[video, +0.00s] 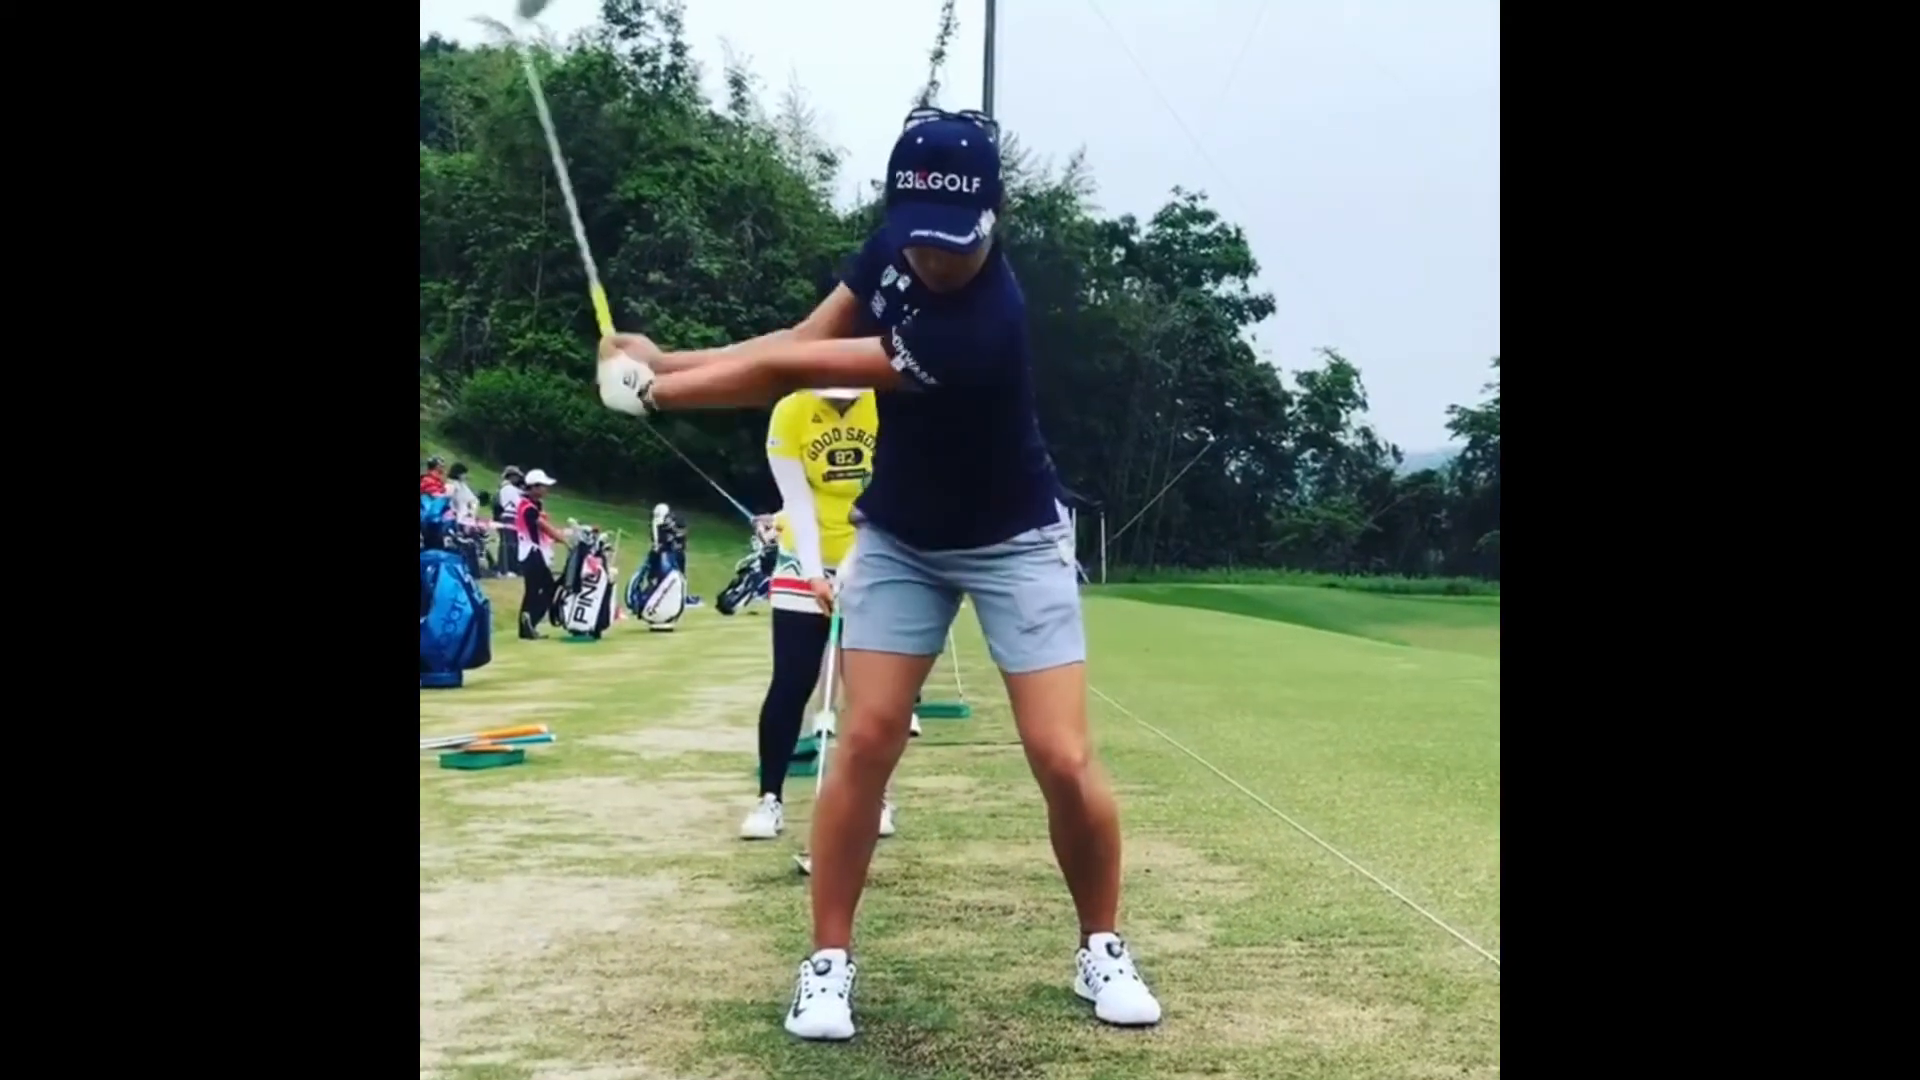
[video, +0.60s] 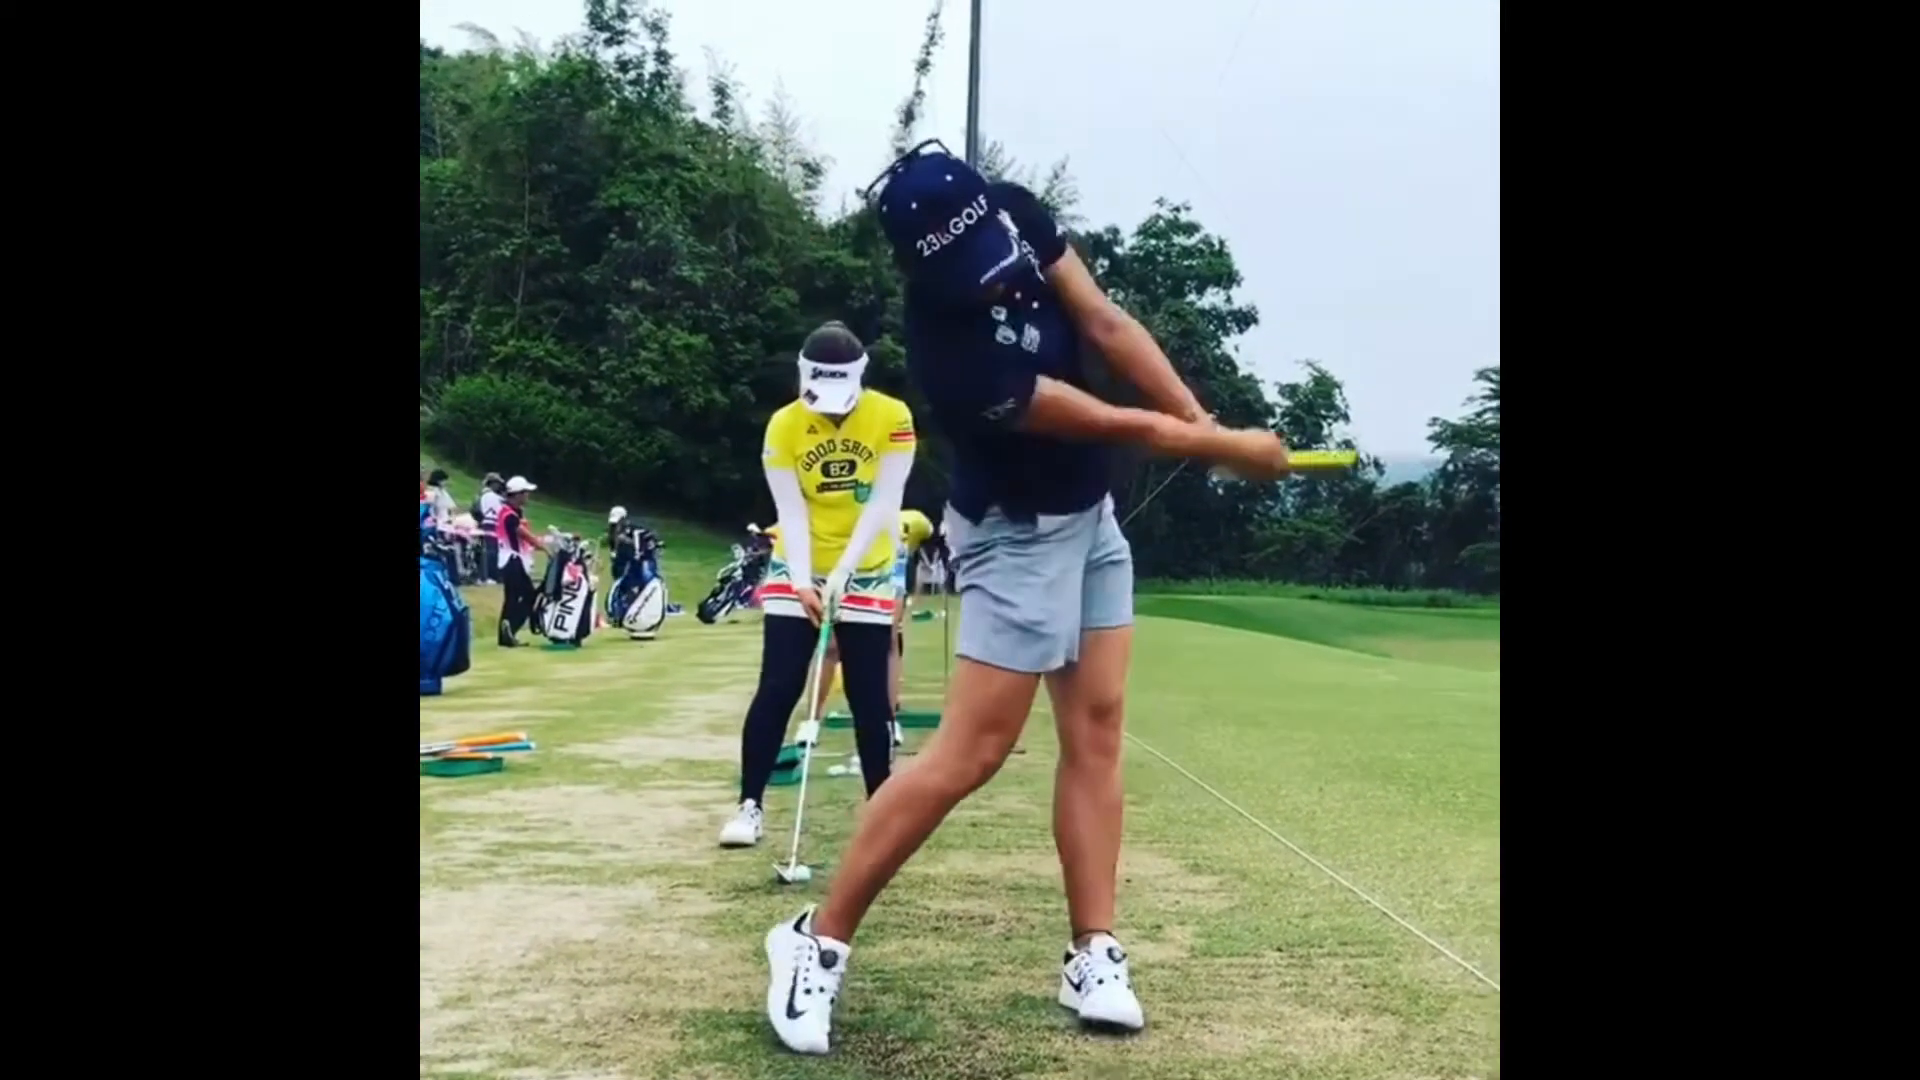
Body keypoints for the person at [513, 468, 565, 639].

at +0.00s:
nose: (546, 490)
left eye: (546, 487)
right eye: (542, 486)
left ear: (535, 489)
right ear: (533, 488)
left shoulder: (529, 505)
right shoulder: (529, 509)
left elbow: (545, 526)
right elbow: (546, 529)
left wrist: (562, 535)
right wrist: (564, 539)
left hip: (530, 550)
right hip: (532, 552)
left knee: (532, 589)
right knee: (549, 586)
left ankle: (525, 627)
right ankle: (531, 618)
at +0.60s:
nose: (527, 497)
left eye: (527, 493)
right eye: (524, 493)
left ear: (514, 496)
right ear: (514, 495)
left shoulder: (511, 513)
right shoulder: (510, 516)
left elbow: (525, 535)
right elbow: (526, 536)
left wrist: (541, 543)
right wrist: (545, 546)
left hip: (512, 557)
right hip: (512, 559)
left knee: (511, 596)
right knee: (529, 594)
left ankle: (505, 634)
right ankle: (511, 626)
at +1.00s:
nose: (508, 500)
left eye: (508, 497)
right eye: (506, 497)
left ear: (493, 498)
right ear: (498, 498)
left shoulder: (486, 515)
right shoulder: (492, 520)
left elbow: (504, 538)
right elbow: (508, 541)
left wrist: (522, 546)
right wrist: (526, 551)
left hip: (487, 559)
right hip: (493, 562)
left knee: (491, 599)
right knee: (509, 597)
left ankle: (485, 638)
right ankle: (491, 629)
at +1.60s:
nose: (495, 506)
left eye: (495, 503)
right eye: (493, 503)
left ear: (479, 503)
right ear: (486, 504)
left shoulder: (473, 521)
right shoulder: (479, 525)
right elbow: (495, 546)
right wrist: (513, 558)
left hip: (473, 564)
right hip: (479, 567)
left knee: (479, 605)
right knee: (497, 602)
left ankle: (472, 645)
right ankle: (478, 636)